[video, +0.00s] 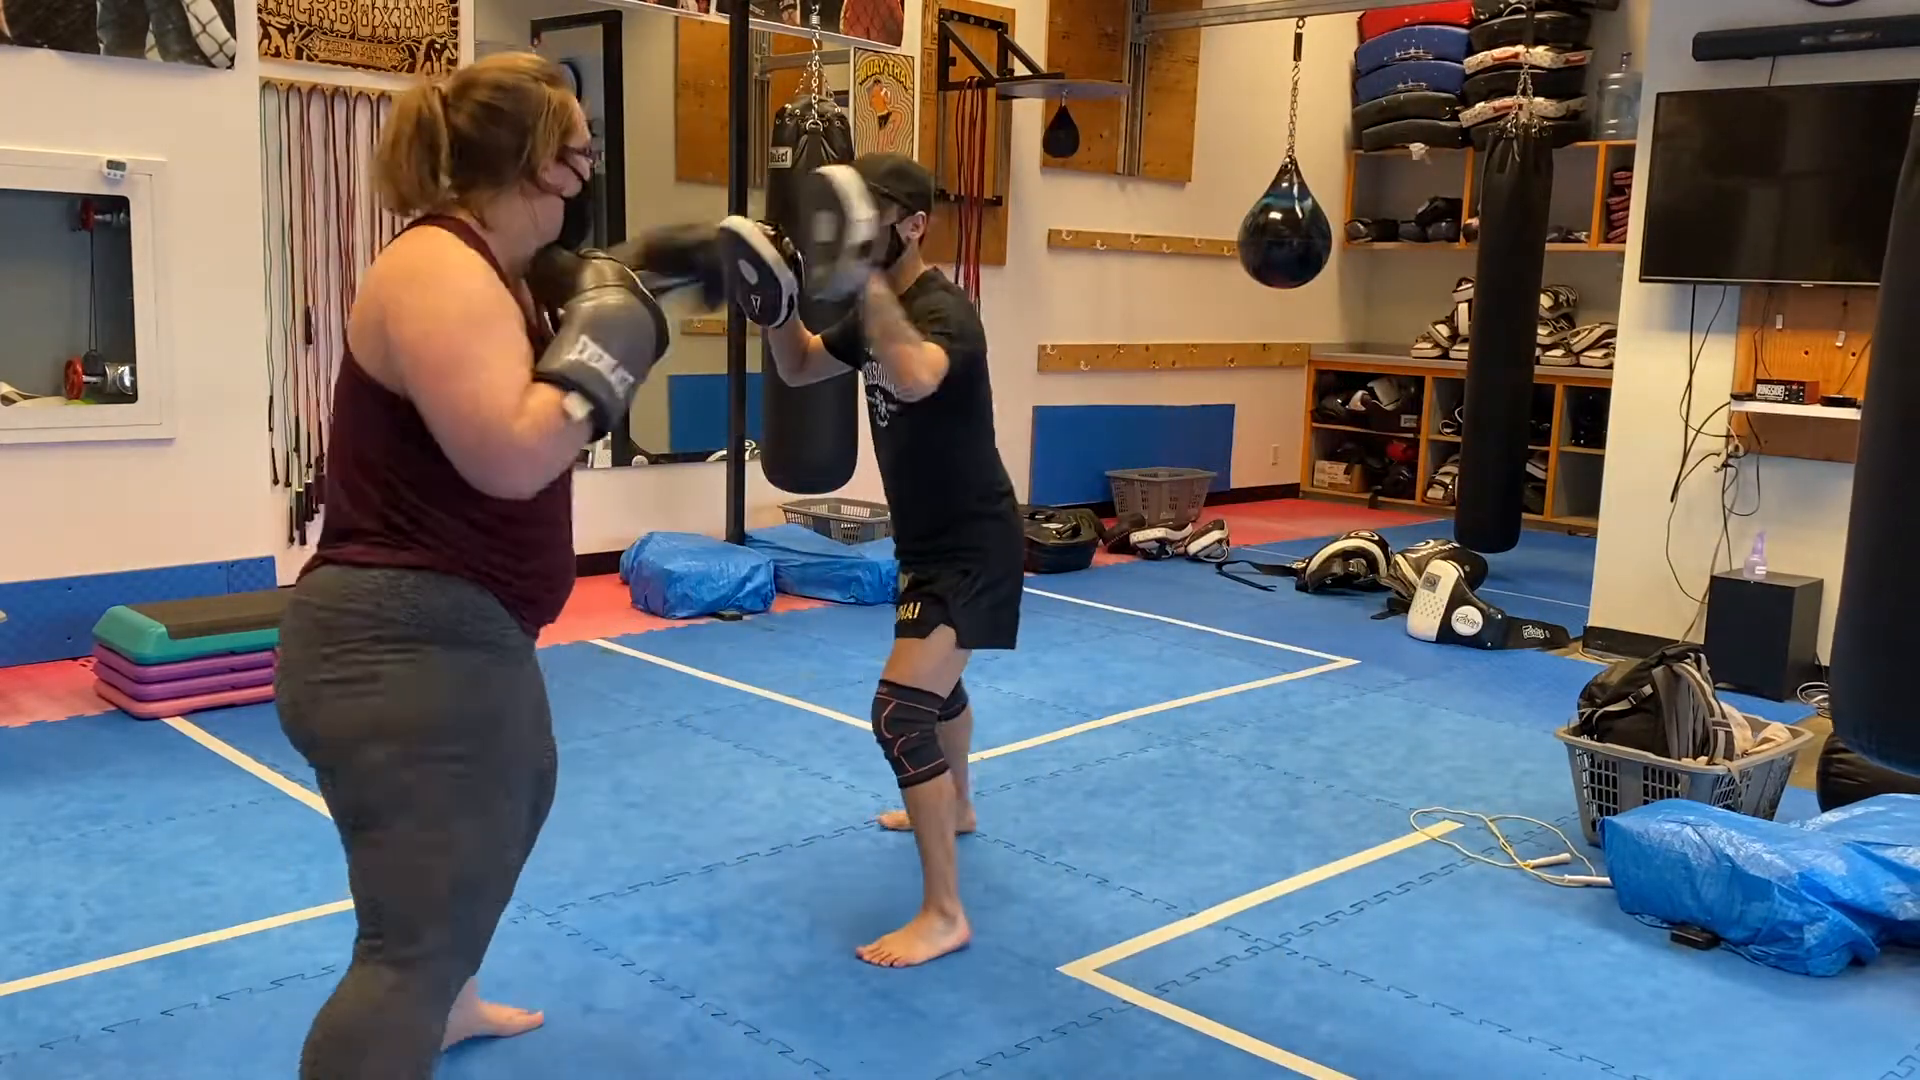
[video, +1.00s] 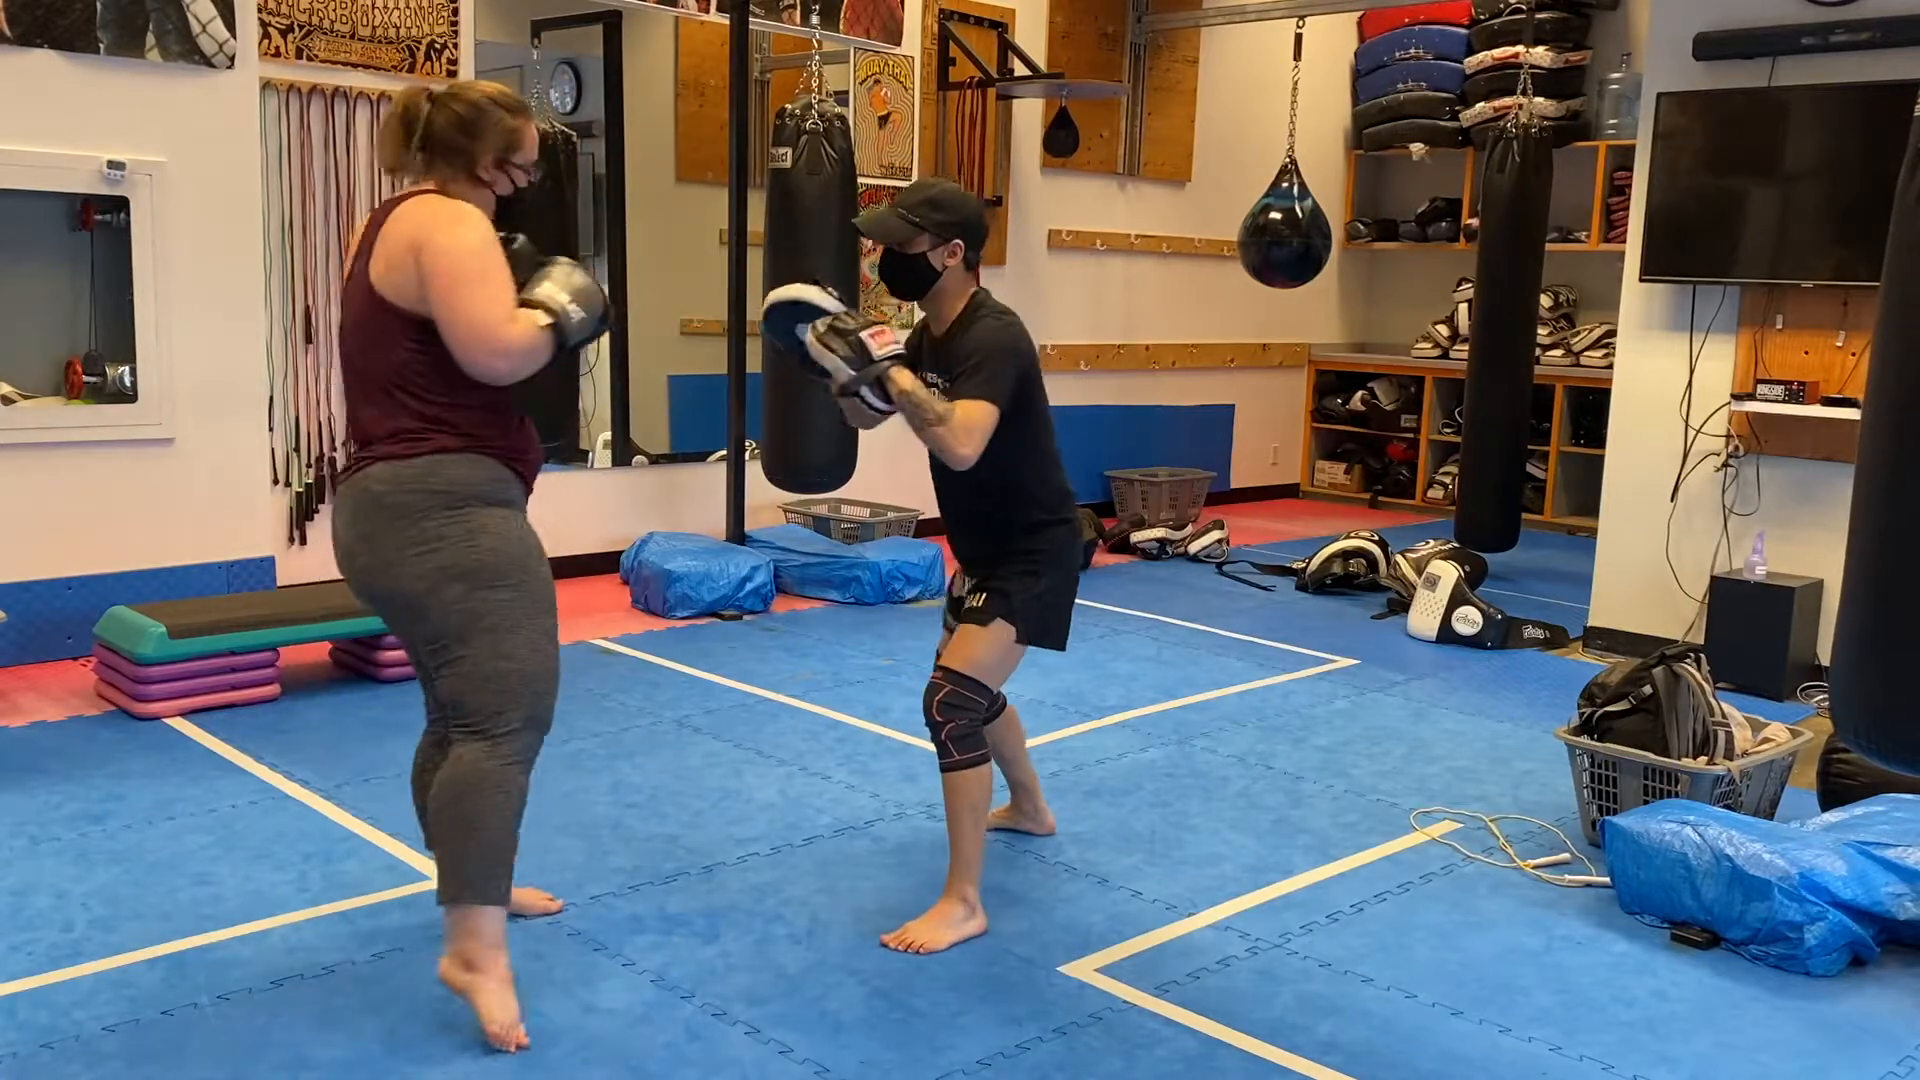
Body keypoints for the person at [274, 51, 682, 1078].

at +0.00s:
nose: (583, 171)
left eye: (582, 151)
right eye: (569, 152)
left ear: (506, 162)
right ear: (514, 162)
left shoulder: (498, 271)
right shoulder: (433, 272)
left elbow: (589, 291)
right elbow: (513, 456)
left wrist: (681, 263)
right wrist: (600, 358)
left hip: (465, 629)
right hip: (399, 638)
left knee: (510, 790)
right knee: (411, 952)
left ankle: (444, 997)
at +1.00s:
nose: (514, 187)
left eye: (520, 171)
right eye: (508, 169)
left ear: (431, 151)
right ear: (468, 154)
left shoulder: (385, 224)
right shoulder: (450, 224)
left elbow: (445, 348)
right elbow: (496, 355)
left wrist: (535, 302)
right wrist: (560, 309)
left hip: (392, 497)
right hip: (447, 499)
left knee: (463, 708)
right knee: (503, 717)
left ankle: (478, 888)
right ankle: (474, 950)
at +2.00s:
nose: (441, 176)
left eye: (440, 163)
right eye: (432, 163)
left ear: (385, 164)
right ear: (384, 163)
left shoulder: (385, 244)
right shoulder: (312, 240)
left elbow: (405, 356)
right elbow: (346, 377)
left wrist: (456, 291)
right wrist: (434, 306)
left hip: (398, 517)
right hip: (309, 517)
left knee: (427, 688)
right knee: (311, 735)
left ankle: (425, 854)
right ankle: (215, 946)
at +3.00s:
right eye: (651, 187)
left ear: (557, 188)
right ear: (650, 192)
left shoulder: (486, 279)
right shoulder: (679, 280)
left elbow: (456, 414)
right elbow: (790, 391)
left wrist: (547, 379)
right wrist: (770, 331)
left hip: (526, 593)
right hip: (674, 583)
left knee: (492, 765)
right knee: (719, 820)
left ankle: (450, 963)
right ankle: (696, 1055)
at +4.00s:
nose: (744, 161)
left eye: (749, 148)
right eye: (754, 147)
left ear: (763, 155)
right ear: (861, 148)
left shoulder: (718, 259)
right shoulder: (923, 250)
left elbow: (669, 423)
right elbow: (969, 376)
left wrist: (748, 374)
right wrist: (878, 325)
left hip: (756, 582)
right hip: (908, 576)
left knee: (684, 790)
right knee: (908, 816)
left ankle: (621, 980)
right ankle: (929, 1056)